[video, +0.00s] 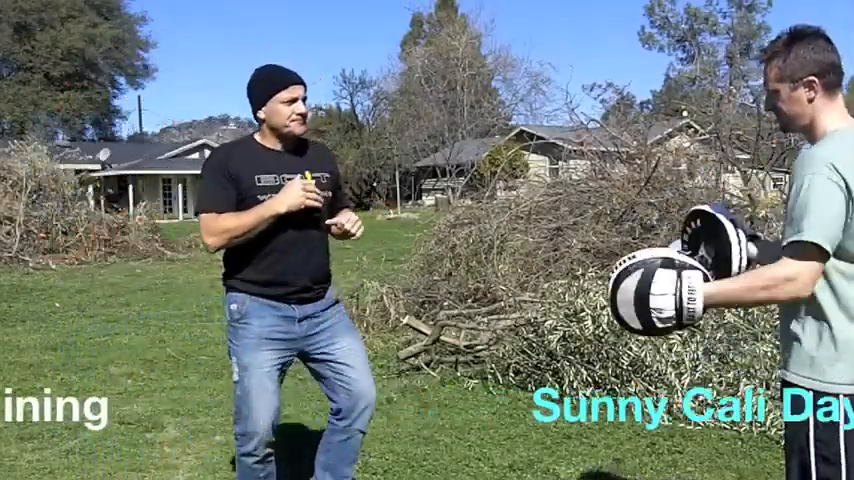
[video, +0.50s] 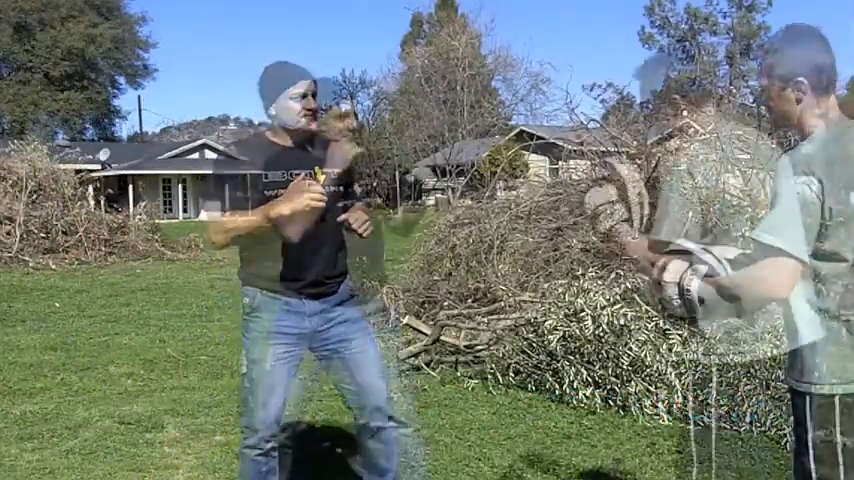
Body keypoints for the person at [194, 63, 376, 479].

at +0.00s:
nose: (301, 109)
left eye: (303, 100)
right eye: (289, 102)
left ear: (306, 102)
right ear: (261, 109)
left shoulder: (319, 156)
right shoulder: (226, 160)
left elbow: (335, 214)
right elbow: (212, 235)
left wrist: (343, 222)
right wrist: (277, 204)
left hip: (322, 307)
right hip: (257, 311)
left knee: (358, 398)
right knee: (257, 430)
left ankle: (330, 476)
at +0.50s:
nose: (313, 105)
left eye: (314, 96)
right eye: (302, 97)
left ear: (316, 99)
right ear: (274, 104)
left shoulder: (330, 151)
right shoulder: (244, 156)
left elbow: (351, 210)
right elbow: (216, 234)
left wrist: (361, 217)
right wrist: (277, 208)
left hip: (336, 302)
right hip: (272, 306)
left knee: (377, 410)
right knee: (262, 429)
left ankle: (383, 476)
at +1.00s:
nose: (393, 129)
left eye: (396, 120)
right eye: (383, 121)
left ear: (398, 122)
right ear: (355, 124)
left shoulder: (401, 171)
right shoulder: (317, 162)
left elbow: (421, 238)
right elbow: (320, 224)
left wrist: (440, 199)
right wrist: (368, 172)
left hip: (386, 318)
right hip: (321, 316)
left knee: (410, 426)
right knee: (284, 426)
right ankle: (261, 476)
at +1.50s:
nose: (329, 234)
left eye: (334, 222)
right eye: (317, 226)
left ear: (342, 213)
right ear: (297, 226)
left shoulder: (367, 230)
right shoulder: (270, 240)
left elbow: (407, 291)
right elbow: (261, 317)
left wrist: (387, 287)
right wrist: (291, 278)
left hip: (364, 325)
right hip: (301, 329)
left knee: (406, 407)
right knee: (257, 402)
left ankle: (415, 475)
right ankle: (249, 475)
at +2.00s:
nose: (380, 162)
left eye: (382, 151)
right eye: (368, 153)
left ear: (386, 152)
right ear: (342, 158)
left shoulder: (401, 189)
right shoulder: (310, 194)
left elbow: (445, 247)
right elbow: (271, 258)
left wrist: (408, 211)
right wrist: (309, 240)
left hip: (401, 321)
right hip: (333, 323)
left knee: (448, 408)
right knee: (296, 408)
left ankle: (472, 476)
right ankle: (261, 476)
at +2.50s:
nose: (496, 148)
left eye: (498, 141)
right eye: (488, 139)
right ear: (459, 142)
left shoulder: (470, 193)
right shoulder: (425, 173)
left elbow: (468, 256)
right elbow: (406, 232)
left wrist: (493, 225)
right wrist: (473, 220)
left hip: (438, 317)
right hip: (394, 308)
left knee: (472, 410)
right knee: (371, 410)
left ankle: (478, 477)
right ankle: (294, 472)